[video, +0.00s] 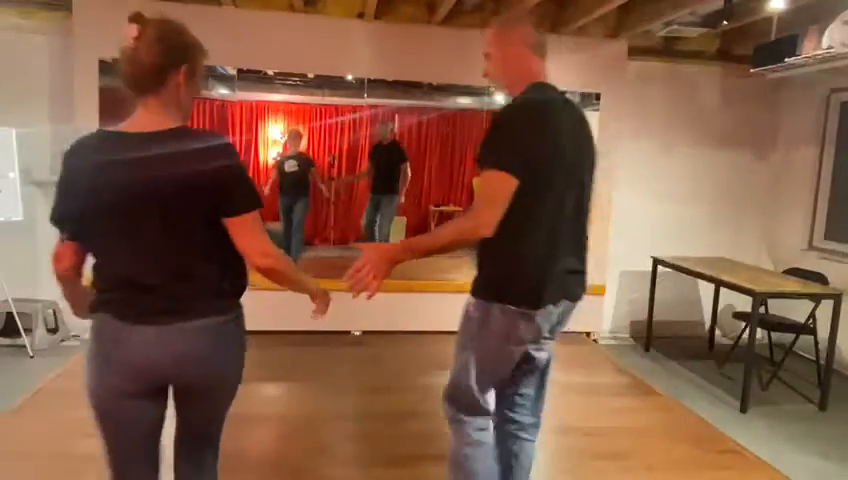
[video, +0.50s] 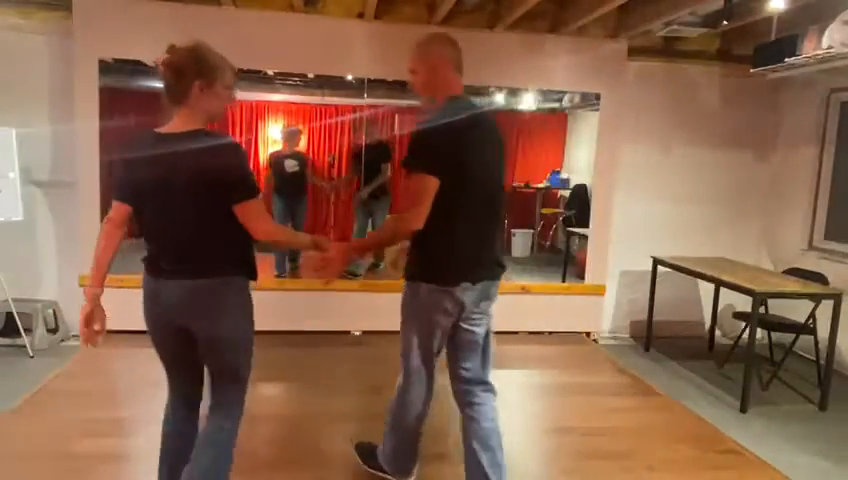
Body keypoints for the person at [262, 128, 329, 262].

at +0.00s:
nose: (294, 142)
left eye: (296, 139)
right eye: (292, 139)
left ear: (299, 140)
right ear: (288, 140)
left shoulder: (306, 159)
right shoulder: (281, 160)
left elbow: (315, 176)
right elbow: (274, 176)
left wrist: (323, 189)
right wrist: (268, 187)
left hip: (301, 195)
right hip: (285, 195)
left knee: (296, 225)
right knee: (287, 225)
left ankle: (293, 254)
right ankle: (288, 253)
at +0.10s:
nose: (294, 143)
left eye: (297, 139)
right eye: (292, 139)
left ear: (300, 141)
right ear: (288, 141)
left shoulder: (305, 158)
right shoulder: (280, 159)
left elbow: (315, 176)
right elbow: (275, 178)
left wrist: (324, 188)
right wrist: (270, 192)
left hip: (301, 195)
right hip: (285, 195)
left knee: (297, 222)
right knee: (286, 222)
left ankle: (296, 244)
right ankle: (286, 243)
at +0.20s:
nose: (296, 142)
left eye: (298, 138)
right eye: (293, 138)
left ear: (301, 140)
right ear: (288, 140)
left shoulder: (305, 158)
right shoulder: (280, 160)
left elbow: (315, 176)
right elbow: (274, 181)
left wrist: (324, 187)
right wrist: (272, 198)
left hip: (301, 195)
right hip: (283, 195)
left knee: (298, 223)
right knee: (284, 222)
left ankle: (299, 247)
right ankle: (283, 248)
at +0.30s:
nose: (296, 142)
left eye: (298, 138)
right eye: (294, 138)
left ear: (300, 140)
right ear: (289, 139)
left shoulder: (306, 159)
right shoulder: (279, 160)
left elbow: (315, 177)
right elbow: (274, 183)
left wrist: (325, 186)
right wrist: (273, 199)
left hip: (301, 197)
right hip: (282, 197)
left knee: (298, 231)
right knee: (281, 230)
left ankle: (296, 263)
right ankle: (278, 266)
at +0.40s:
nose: (296, 141)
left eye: (298, 138)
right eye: (294, 138)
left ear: (299, 139)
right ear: (288, 138)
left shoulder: (304, 158)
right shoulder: (277, 157)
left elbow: (313, 176)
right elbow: (272, 178)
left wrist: (324, 186)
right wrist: (269, 194)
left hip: (300, 198)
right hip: (281, 197)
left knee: (298, 231)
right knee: (281, 231)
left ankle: (295, 266)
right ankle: (280, 268)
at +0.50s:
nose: (299, 141)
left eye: (299, 138)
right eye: (297, 138)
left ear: (297, 139)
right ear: (289, 138)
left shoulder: (303, 158)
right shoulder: (275, 157)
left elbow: (311, 176)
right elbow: (269, 179)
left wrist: (324, 184)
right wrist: (267, 198)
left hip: (299, 198)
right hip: (281, 198)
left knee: (298, 231)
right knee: (280, 231)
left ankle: (294, 264)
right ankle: (280, 268)